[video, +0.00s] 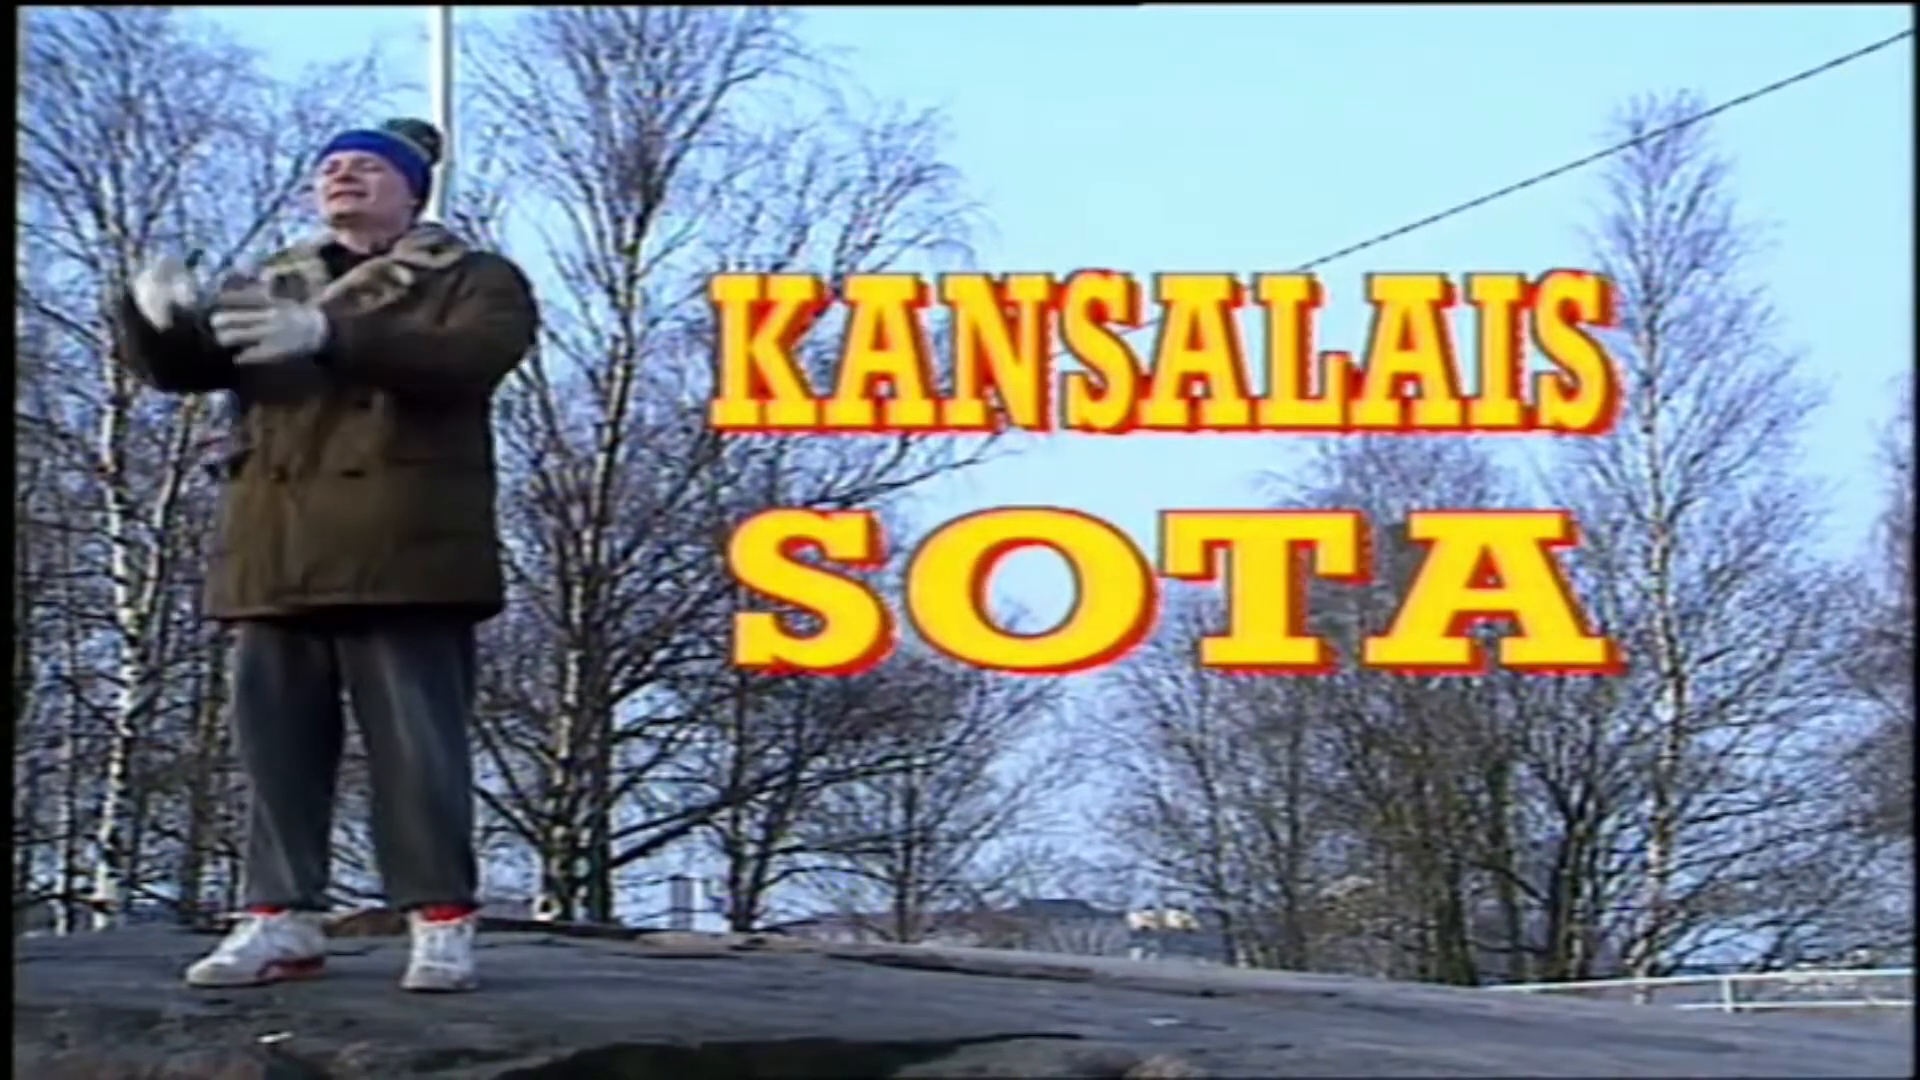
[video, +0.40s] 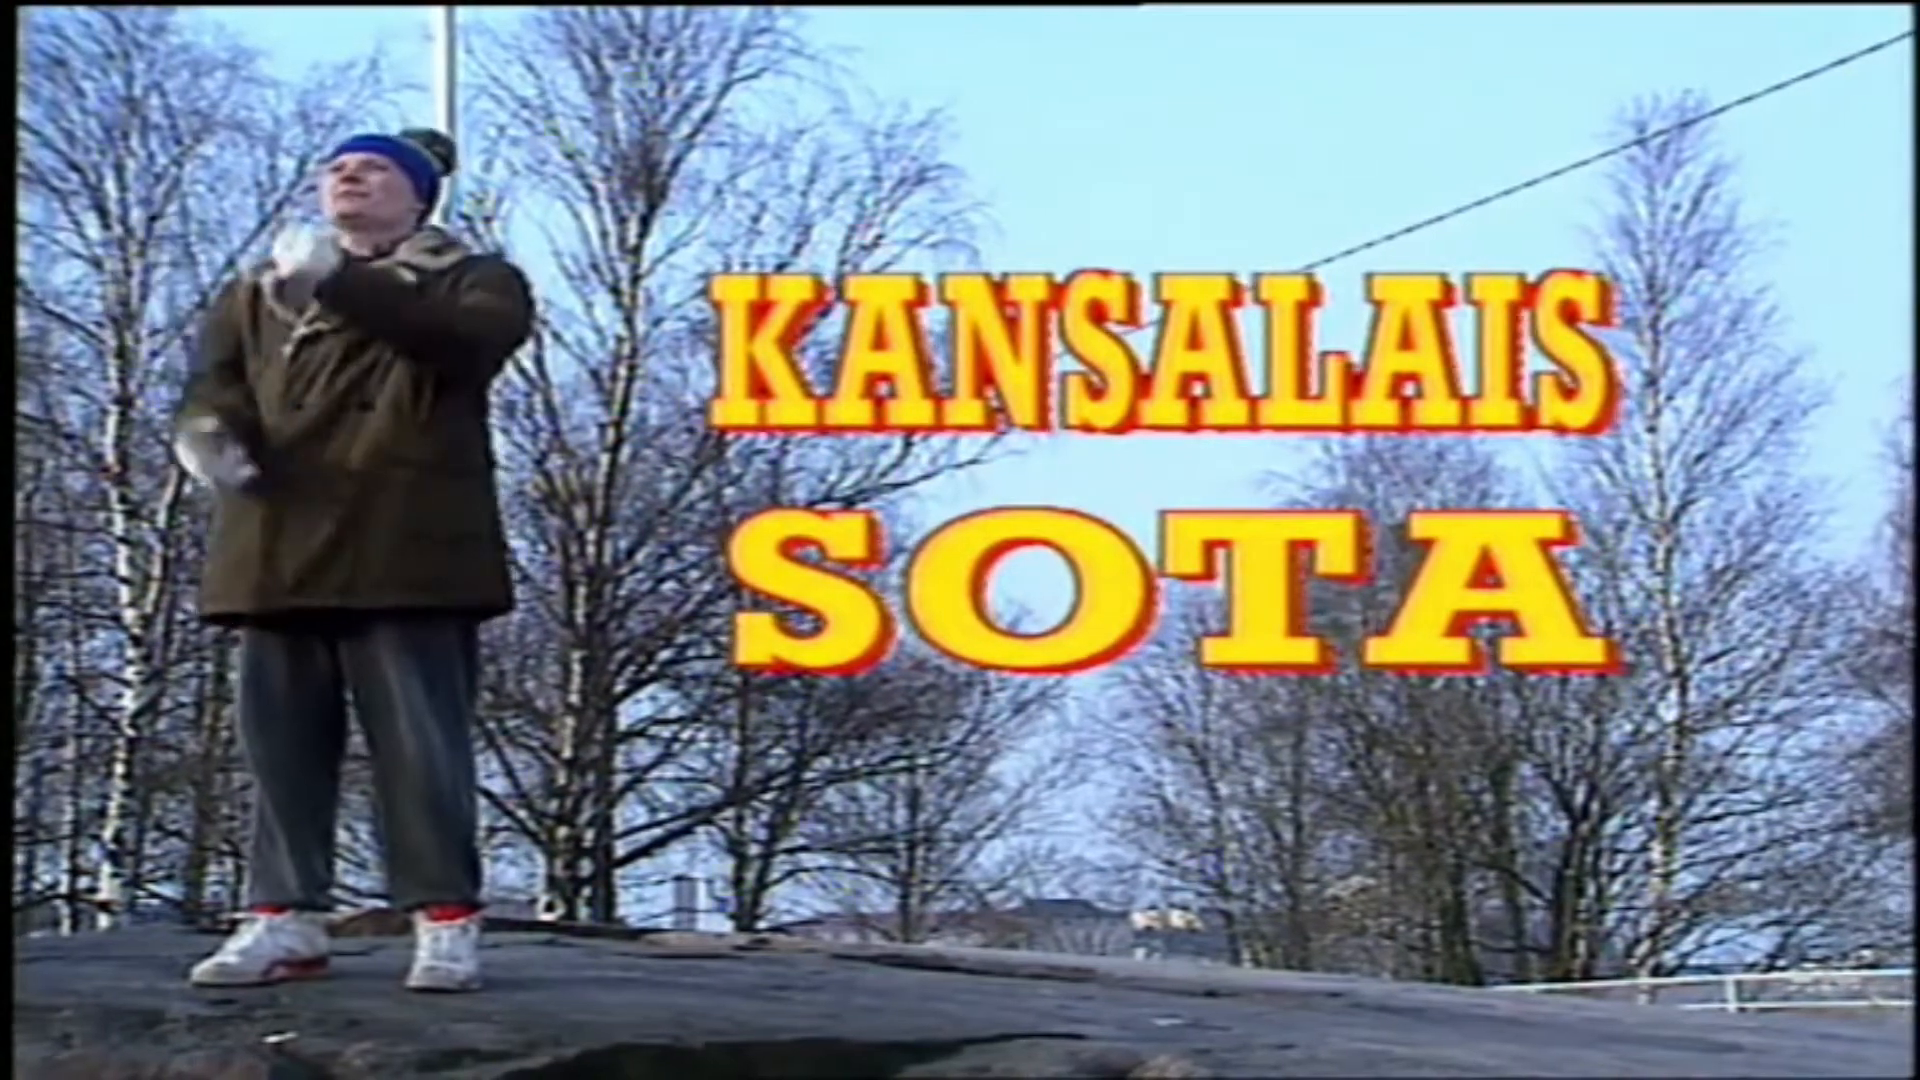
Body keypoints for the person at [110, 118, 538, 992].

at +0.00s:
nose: (342, 178)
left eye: (364, 167)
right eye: (331, 169)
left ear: (413, 189)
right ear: (316, 193)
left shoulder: (475, 276)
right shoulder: (282, 280)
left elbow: (469, 357)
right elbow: (189, 364)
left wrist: (330, 334)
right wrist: (157, 326)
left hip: (407, 559)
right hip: (275, 559)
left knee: (417, 747)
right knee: (276, 747)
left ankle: (441, 920)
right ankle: (285, 918)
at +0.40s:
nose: (348, 180)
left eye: (371, 170)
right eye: (336, 171)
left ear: (420, 196)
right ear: (319, 198)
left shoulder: (476, 278)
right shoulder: (255, 294)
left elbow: (470, 339)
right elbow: (211, 384)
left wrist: (342, 280)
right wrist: (209, 436)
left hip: (412, 554)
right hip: (278, 556)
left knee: (421, 746)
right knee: (281, 748)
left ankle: (445, 920)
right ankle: (289, 918)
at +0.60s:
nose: (345, 185)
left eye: (367, 174)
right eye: (335, 176)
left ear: (419, 195)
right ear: (319, 201)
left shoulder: (473, 276)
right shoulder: (270, 288)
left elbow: (480, 336)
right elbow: (214, 372)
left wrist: (349, 297)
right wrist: (173, 383)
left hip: (413, 549)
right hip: (281, 551)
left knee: (422, 740)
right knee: (279, 738)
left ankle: (448, 920)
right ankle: (291, 917)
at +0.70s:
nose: (342, 185)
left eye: (364, 172)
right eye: (333, 177)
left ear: (417, 194)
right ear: (320, 202)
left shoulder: (481, 283)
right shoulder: (276, 292)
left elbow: (464, 358)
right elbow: (188, 360)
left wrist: (344, 358)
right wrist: (143, 312)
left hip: (415, 559)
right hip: (283, 561)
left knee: (424, 746)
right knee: (284, 746)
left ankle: (449, 921)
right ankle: (290, 918)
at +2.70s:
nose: (367, 180)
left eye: (391, 169)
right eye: (366, 173)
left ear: (446, 197)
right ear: (364, 203)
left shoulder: (507, 280)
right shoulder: (315, 279)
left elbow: (495, 356)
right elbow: (204, 358)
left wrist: (345, 333)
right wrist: (194, 282)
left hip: (436, 554)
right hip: (306, 550)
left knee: (443, 745)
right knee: (302, 740)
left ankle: (462, 920)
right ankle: (305, 918)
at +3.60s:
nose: (380, 174)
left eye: (404, 166)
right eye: (374, 168)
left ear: (454, 204)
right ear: (360, 192)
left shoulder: (498, 276)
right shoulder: (300, 283)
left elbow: (489, 310)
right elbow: (239, 393)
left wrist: (343, 246)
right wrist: (234, 367)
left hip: (432, 543)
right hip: (305, 542)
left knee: (440, 737)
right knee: (300, 734)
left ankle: (461, 919)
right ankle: (305, 918)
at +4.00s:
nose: (376, 174)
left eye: (401, 167)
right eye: (370, 169)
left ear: (450, 204)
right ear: (354, 200)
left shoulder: (503, 279)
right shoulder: (305, 280)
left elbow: (472, 353)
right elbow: (186, 332)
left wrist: (342, 340)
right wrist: (192, 252)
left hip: (435, 559)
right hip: (306, 561)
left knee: (442, 741)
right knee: (299, 738)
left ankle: (463, 919)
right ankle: (305, 918)